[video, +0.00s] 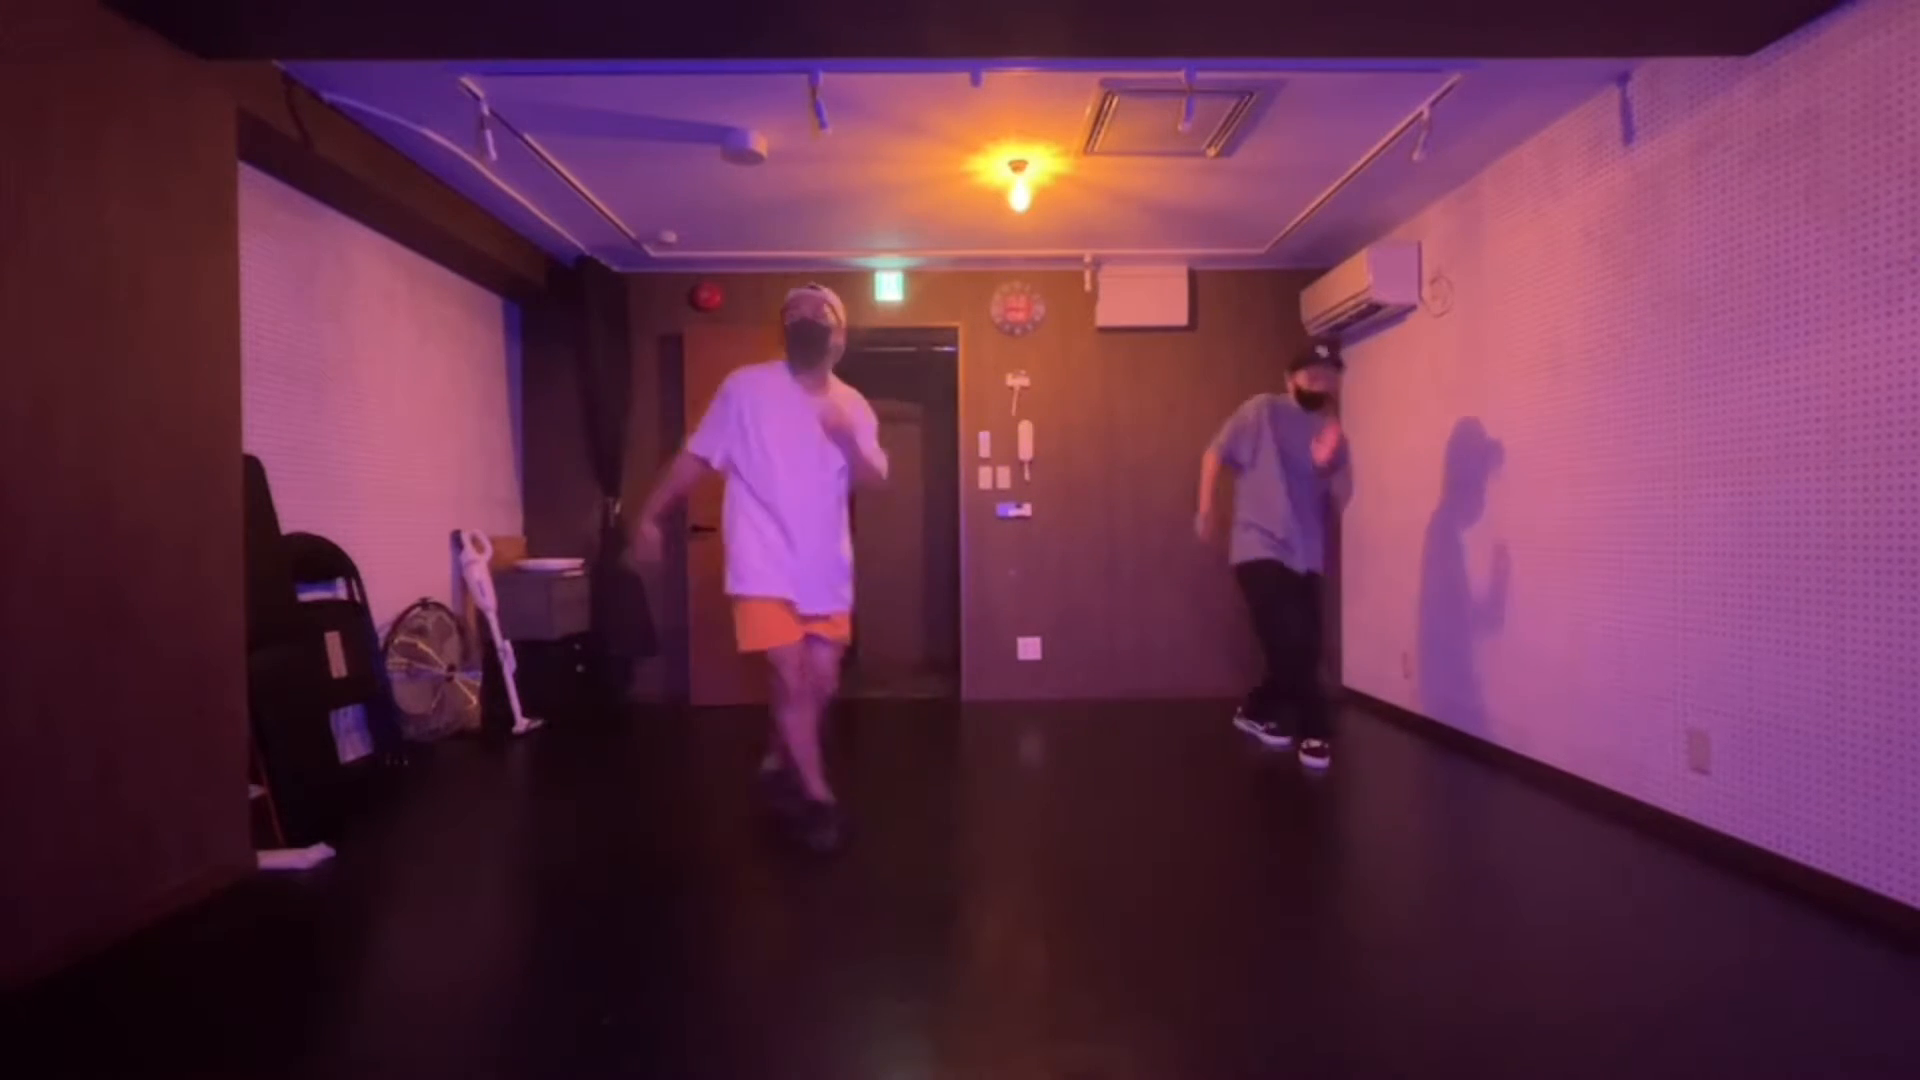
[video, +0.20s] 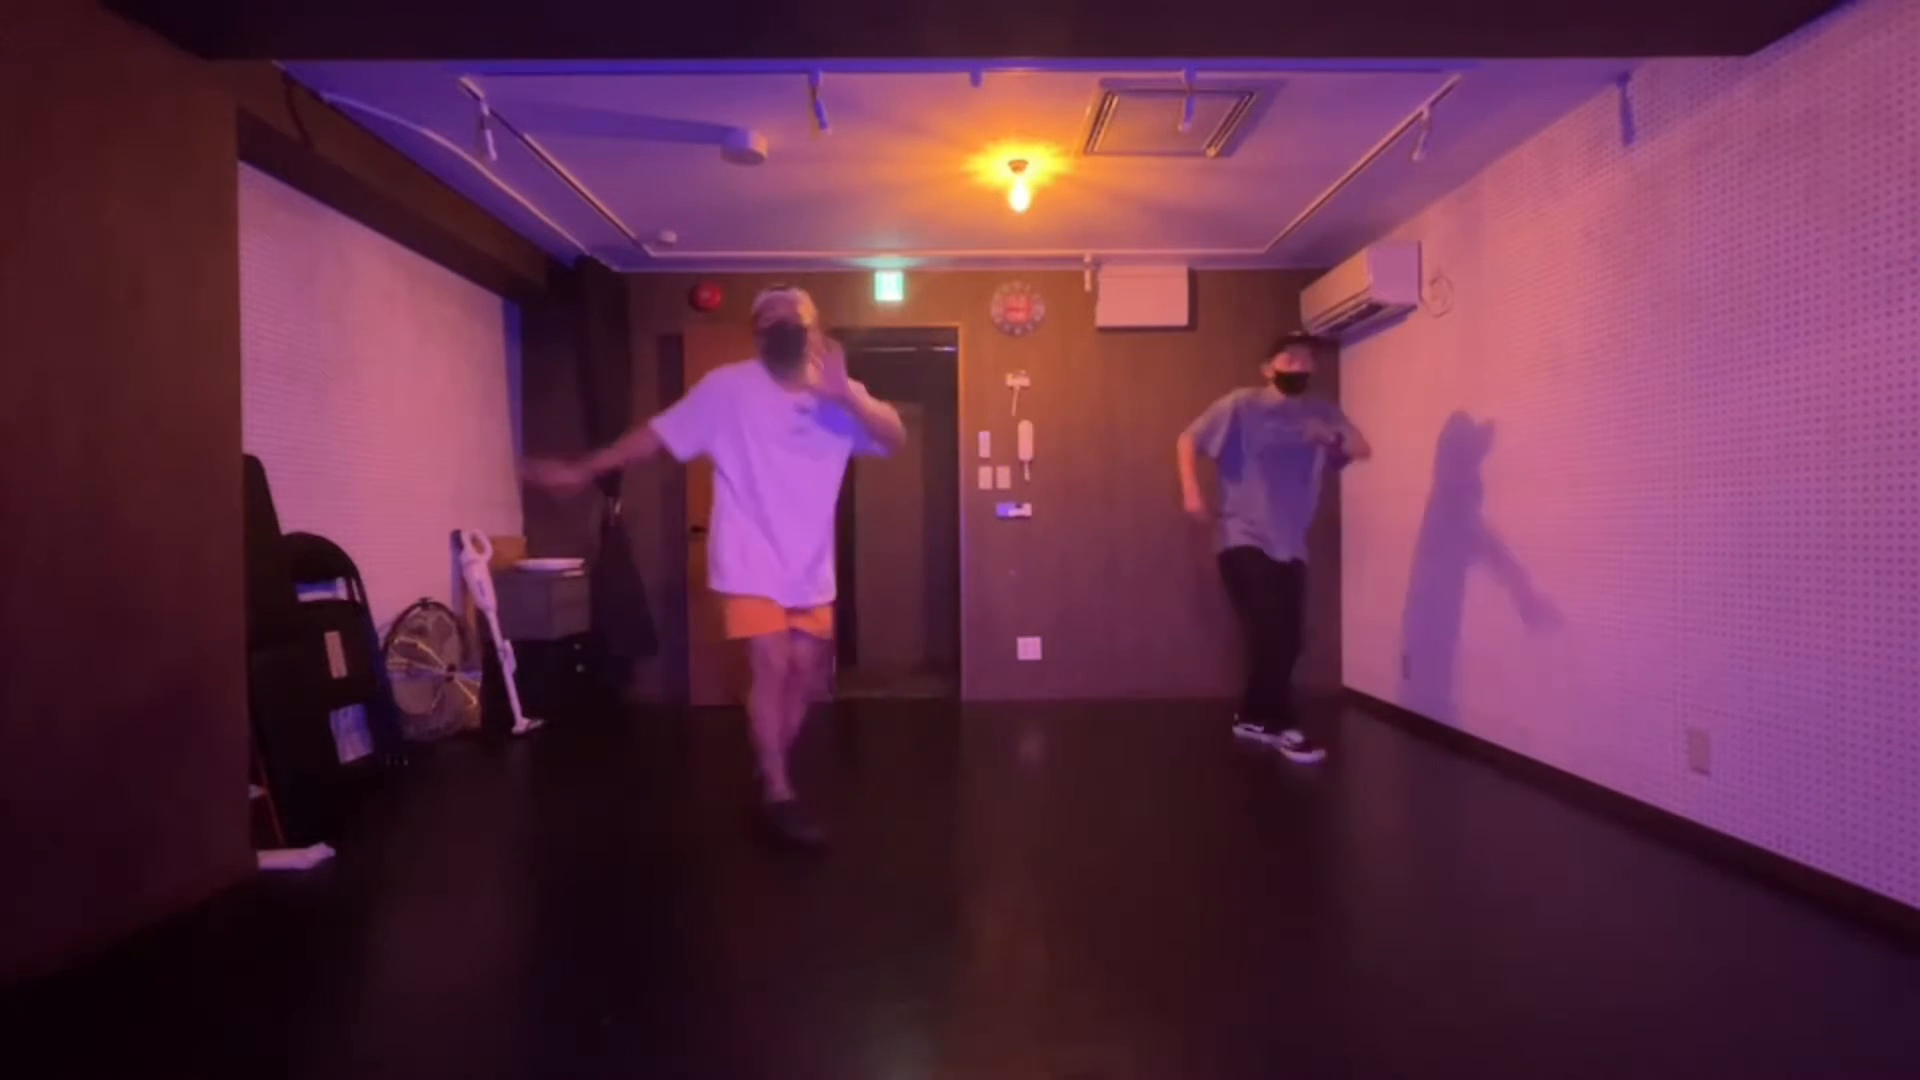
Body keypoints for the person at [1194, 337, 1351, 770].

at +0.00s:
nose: (1319, 383)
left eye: (1327, 375)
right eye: (1312, 373)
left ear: (1335, 381)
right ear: (1293, 374)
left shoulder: (1329, 430)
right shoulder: (1263, 409)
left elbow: (1341, 499)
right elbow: (1215, 453)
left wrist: (1328, 468)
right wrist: (1205, 507)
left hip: (1304, 549)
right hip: (1257, 540)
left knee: (1300, 641)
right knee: (1288, 637)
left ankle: (1258, 710)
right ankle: (1312, 733)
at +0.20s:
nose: (1296, 367)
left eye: (1304, 360)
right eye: (1287, 359)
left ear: (1313, 370)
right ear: (1269, 367)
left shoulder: (1318, 414)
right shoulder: (1243, 403)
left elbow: (1361, 451)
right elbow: (1188, 440)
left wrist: (1336, 442)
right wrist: (1191, 493)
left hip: (1289, 544)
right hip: (1244, 537)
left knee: (1283, 636)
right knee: (1271, 632)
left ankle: (1253, 718)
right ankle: (1283, 727)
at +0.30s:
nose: (1274, 359)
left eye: (1282, 352)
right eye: (1265, 352)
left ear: (1292, 360)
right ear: (1248, 360)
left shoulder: (1305, 406)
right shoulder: (1226, 404)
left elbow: (1352, 435)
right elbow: (1175, 443)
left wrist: (1312, 450)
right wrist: (1183, 490)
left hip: (1279, 539)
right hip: (1233, 533)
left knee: (1278, 628)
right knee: (1247, 621)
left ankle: (1263, 716)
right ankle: (1238, 714)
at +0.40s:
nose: (1259, 358)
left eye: (1266, 350)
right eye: (1250, 350)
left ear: (1278, 358)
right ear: (1232, 361)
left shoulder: (1297, 407)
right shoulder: (1213, 408)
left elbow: (1330, 448)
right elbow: (1170, 452)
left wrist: (1293, 469)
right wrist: (1179, 503)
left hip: (1274, 538)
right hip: (1227, 532)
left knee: (1269, 626)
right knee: (1232, 618)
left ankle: (1256, 716)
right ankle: (1217, 710)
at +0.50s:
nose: (1235, 365)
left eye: (1242, 358)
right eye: (1225, 358)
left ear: (1255, 367)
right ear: (1210, 371)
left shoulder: (1279, 415)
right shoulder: (1197, 420)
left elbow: (1302, 470)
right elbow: (1163, 476)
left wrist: (1262, 499)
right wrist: (1169, 523)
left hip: (1266, 550)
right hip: (1214, 548)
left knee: (1267, 635)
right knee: (1210, 631)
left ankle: (1255, 717)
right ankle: (1199, 714)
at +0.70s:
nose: (1201, 376)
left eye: (1209, 366)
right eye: (1192, 367)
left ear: (1221, 369)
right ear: (1179, 375)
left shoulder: (1250, 412)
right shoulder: (1169, 424)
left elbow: (1270, 468)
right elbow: (1150, 482)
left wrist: (1236, 496)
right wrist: (1161, 530)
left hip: (1251, 549)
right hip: (1201, 550)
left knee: (1259, 634)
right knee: (1201, 635)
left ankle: (1257, 713)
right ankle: (1198, 714)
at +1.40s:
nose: (1183, 367)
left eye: (1191, 357)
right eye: (1175, 357)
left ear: (1206, 362)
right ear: (1162, 365)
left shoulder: (1233, 407)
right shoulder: (1148, 423)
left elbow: (1277, 438)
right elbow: (1132, 483)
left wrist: (1283, 484)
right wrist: (1165, 484)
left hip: (1218, 550)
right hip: (1164, 555)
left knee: (1190, 642)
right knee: (1151, 646)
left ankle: (1175, 738)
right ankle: (1183, 718)